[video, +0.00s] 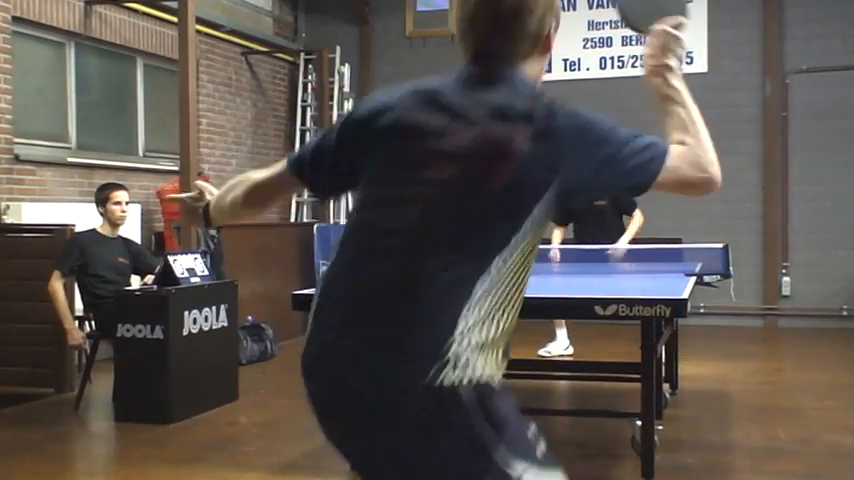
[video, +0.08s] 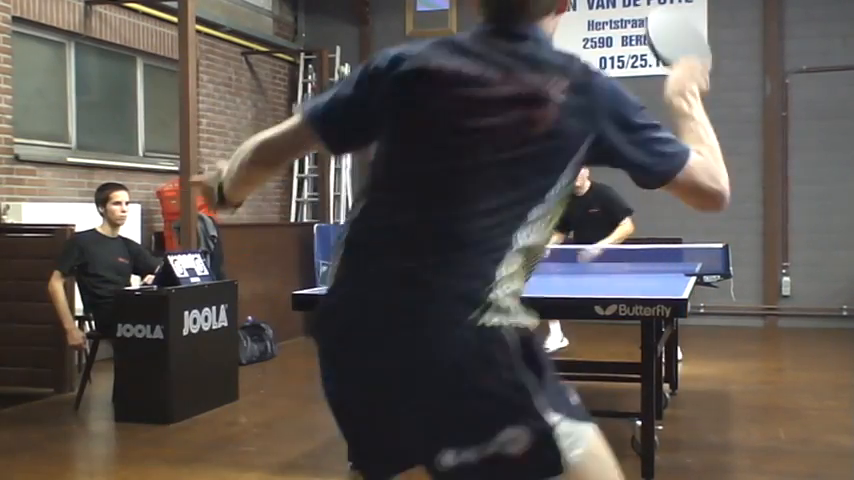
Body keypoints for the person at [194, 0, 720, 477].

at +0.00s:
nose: (555, 41)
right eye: (554, 30)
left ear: (465, 34)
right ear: (547, 41)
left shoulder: (390, 110)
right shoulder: (553, 127)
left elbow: (271, 187)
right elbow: (701, 170)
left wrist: (215, 204)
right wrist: (665, 76)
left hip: (332, 371)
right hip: (438, 388)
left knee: (401, 468)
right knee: (534, 469)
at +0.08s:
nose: (574, 6)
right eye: (572, 4)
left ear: (478, 4)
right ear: (560, 8)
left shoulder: (406, 66)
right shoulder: (583, 89)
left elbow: (272, 145)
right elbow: (713, 189)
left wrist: (229, 184)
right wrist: (687, 100)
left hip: (351, 327)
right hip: (465, 338)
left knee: (387, 469)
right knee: (594, 473)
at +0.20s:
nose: (590, 8)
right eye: (589, 6)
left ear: (495, 5)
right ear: (580, 8)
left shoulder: (434, 60)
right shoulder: (623, 94)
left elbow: (286, 145)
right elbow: (729, 238)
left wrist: (255, 158)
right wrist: (688, 168)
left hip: (409, 346)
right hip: (538, 358)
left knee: (417, 468)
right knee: (627, 466)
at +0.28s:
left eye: (496, 22)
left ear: (500, 36)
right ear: (591, 39)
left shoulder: (448, 112)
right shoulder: (641, 140)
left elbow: (300, 196)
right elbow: (734, 287)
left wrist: (273, 179)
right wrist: (684, 238)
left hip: (435, 427)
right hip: (578, 431)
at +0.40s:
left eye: (522, 63)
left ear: (525, 78)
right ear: (627, 86)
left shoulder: (466, 161)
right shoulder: (672, 192)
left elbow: (323, 255)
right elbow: (736, 343)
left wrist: (289, 239)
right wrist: (681, 288)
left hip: (468, 452)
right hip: (612, 458)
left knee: (392, 453)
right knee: (676, 461)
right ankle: (677, 465)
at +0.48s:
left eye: (550, 44)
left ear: (555, 63)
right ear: (657, 72)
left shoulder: (497, 147)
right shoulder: (712, 182)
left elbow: (342, 239)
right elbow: (755, 333)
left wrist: (309, 215)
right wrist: (686, 286)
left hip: (517, 450)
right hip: (669, 457)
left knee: (392, 465)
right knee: (740, 468)